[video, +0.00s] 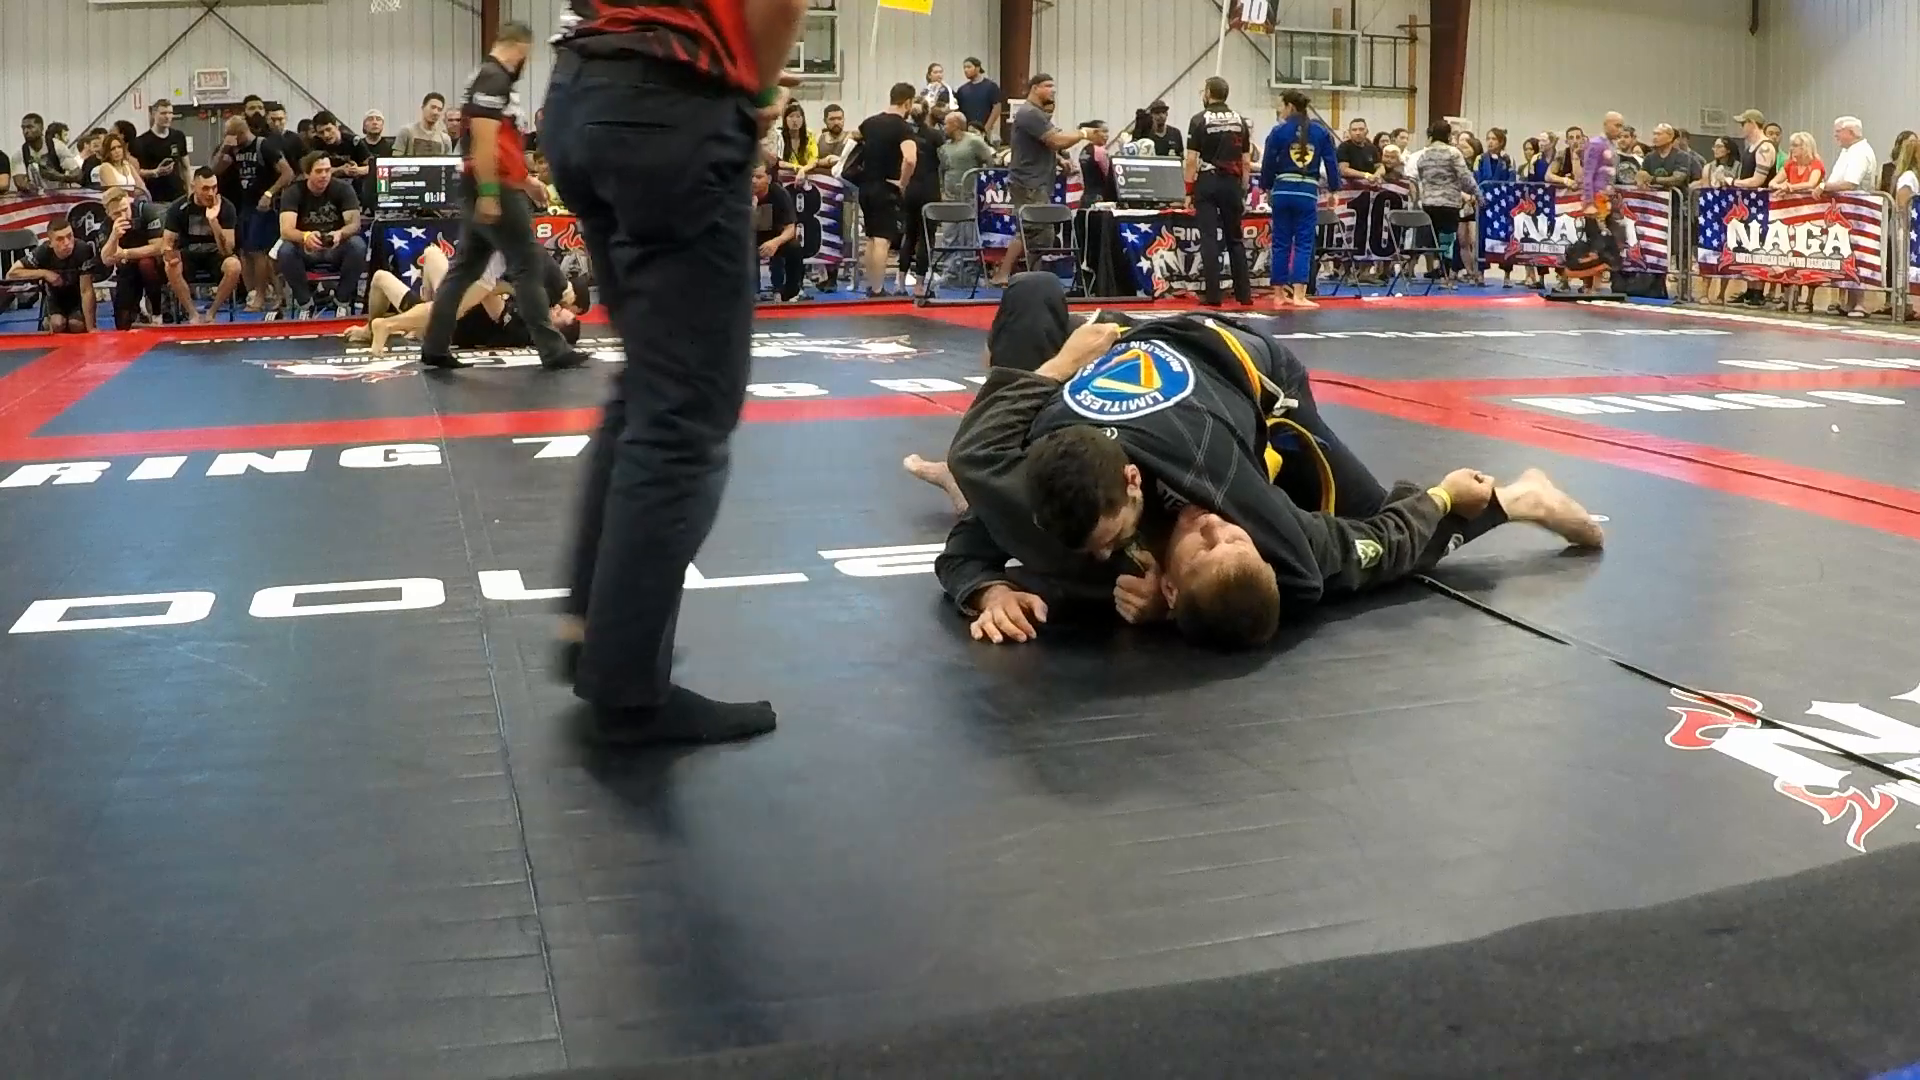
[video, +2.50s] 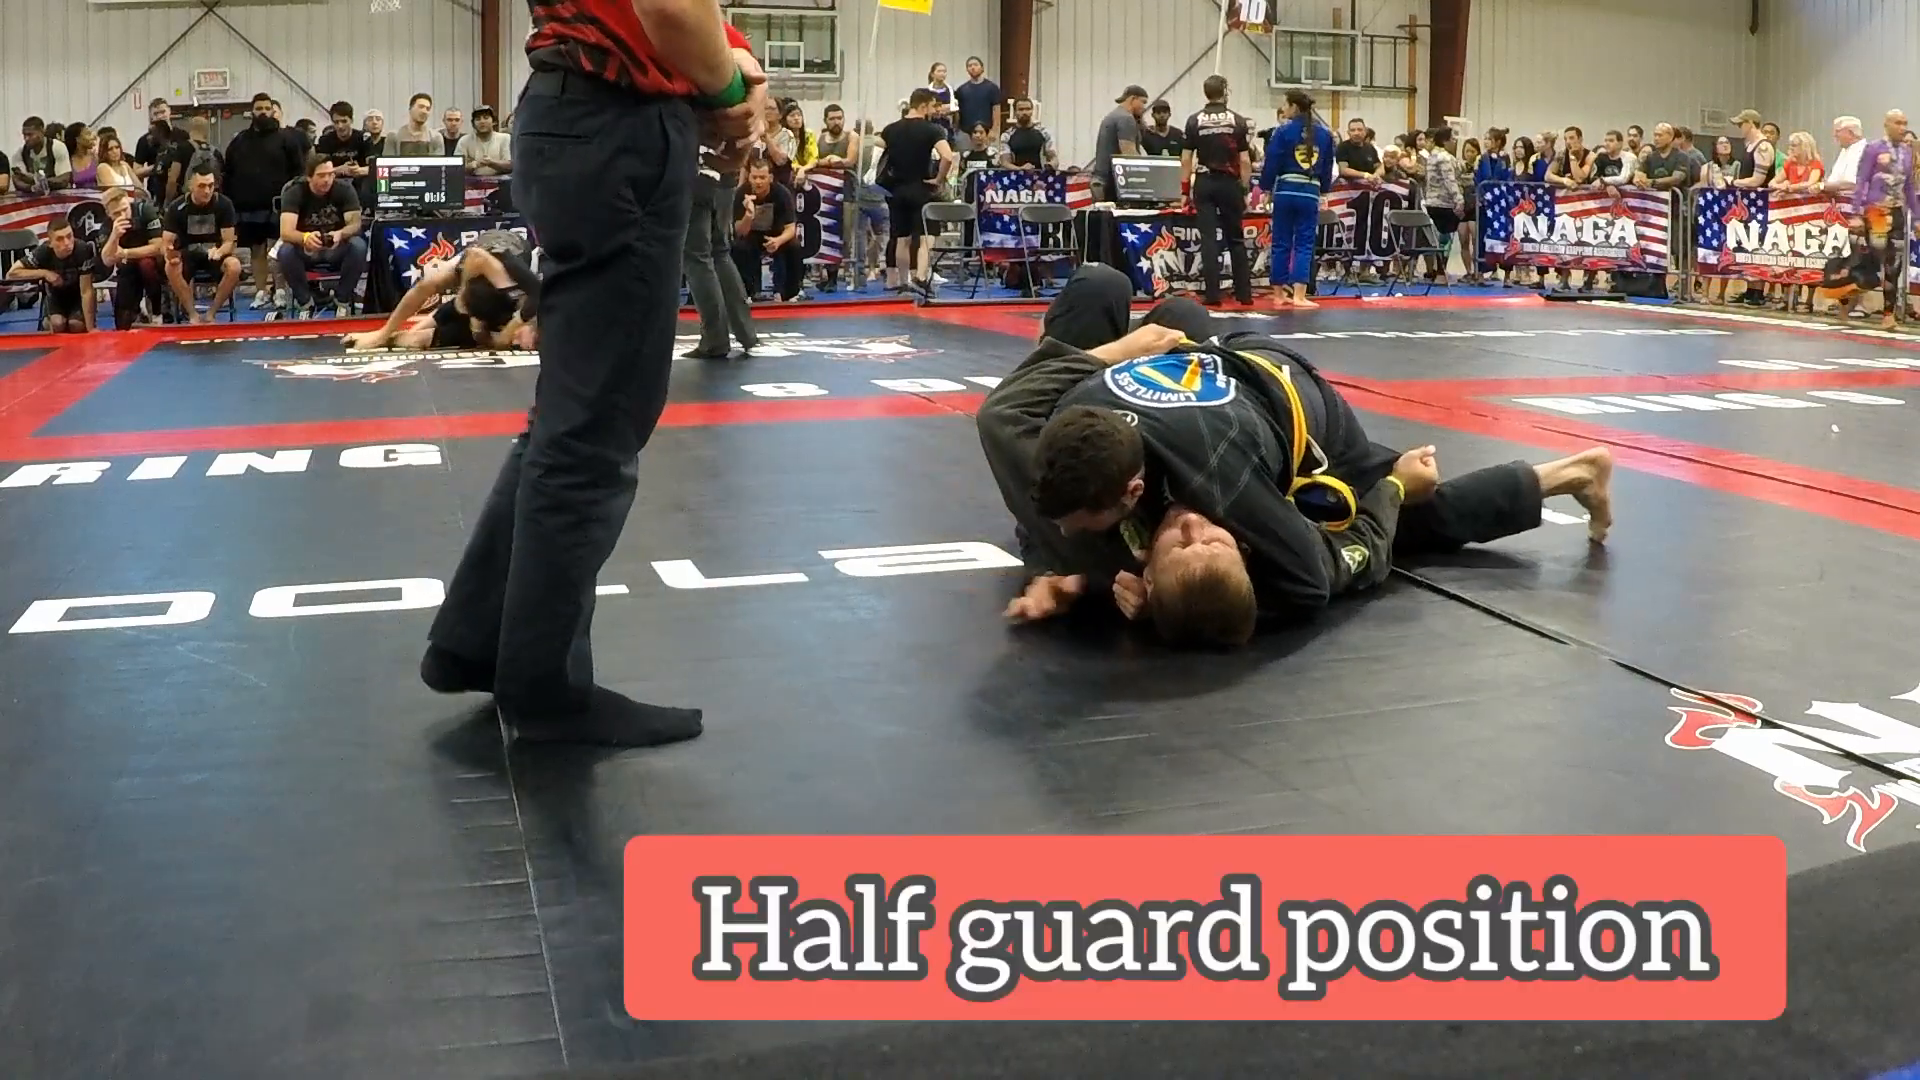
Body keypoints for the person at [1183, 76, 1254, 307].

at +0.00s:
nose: (1202, 94)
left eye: (1204, 91)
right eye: (1204, 90)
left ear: (1208, 94)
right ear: (1226, 95)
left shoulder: (1199, 120)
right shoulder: (1239, 120)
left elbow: (1191, 160)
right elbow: (1245, 160)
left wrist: (1189, 191)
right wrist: (1243, 190)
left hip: (1207, 179)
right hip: (1232, 181)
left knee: (1208, 238)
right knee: (1235, 238)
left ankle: (1213, 295)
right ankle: (1243, 294)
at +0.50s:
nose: (1203, 95)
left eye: (1204, 92)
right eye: (1205, 92)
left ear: (1208, 94)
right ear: (1226, 94)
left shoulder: (1198, 120)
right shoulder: (1240, 121)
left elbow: (1187, 160)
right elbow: (1245, 160)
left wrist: (1182, 190)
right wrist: (1243, 189)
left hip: (1206, 180)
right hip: (1232, 181)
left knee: (1208, 238)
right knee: (1235, 238)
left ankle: (1212, 294)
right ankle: (1243, 293)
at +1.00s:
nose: (1203, 95)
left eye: (1204, 92)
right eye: (1205, 92)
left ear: (1207, 94)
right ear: (1227, 94)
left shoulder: (1197, 119)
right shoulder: (1241, 121)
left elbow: (1170, 146)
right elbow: (1245, 159)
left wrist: (1160, 158)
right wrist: (1243, 185)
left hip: (1205, 181)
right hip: (1231, 183)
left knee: (1208, 238)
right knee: (1235, 239)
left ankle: (1212, 295)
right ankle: (1244, 295)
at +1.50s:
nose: (1202, 96)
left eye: (1202, 93)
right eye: (1205, 93)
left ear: (1205, 95)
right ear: (1224, 94)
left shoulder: (1195, 121)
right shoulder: (1240, 122)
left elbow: (1188, 158)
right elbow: (1245, 160)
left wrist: (1186, 183)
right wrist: (1244, 190)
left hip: (1203, 180)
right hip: (1230, 181)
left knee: (1207, 238)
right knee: (1236, 238)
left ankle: (1212, 294)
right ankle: (1244, 294)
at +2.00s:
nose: (1200, 95)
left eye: (1201, 92)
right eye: (1203, 92)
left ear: (1203, 94)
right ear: (1222, 93)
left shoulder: (1195, 120)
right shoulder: (1238, 120)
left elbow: (1185, 159)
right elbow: (1245, 158)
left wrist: (1179, 191)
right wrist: (1245, 188)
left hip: (1203, 181)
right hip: (1229, 182)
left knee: (1207, 239)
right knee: (1235, 238)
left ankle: (1212, 294)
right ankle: (1244, 294)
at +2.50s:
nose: (1226, 94)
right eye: (1225, 91)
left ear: (1205, 94)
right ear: (1225, 93)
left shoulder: (1194, 121)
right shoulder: (1238, 121)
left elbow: (1186, 158)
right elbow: (1244, 160)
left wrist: (1184, 191)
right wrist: (1245, 190)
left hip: (1204, 181)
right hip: (1230, 182)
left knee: (1208, 239)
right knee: (1236, 239)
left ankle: (1212, 294)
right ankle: (1244, 293)